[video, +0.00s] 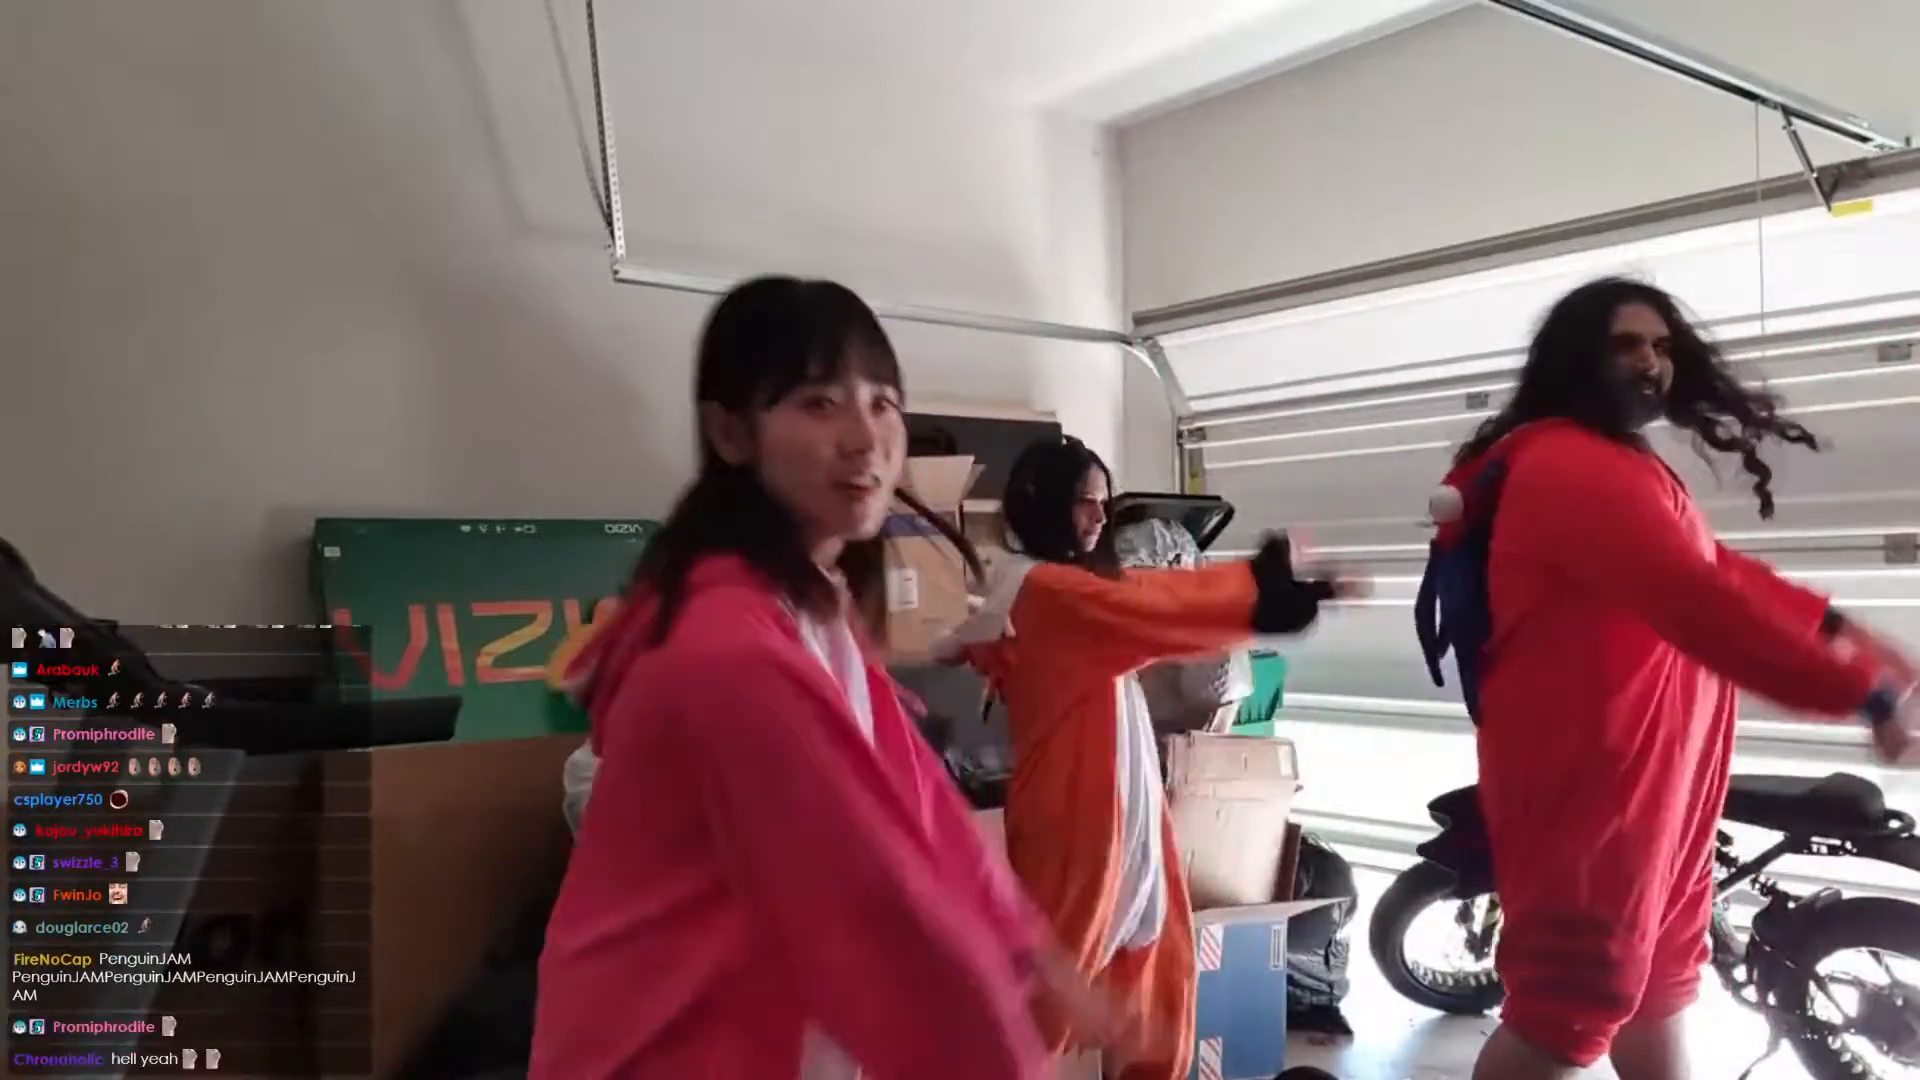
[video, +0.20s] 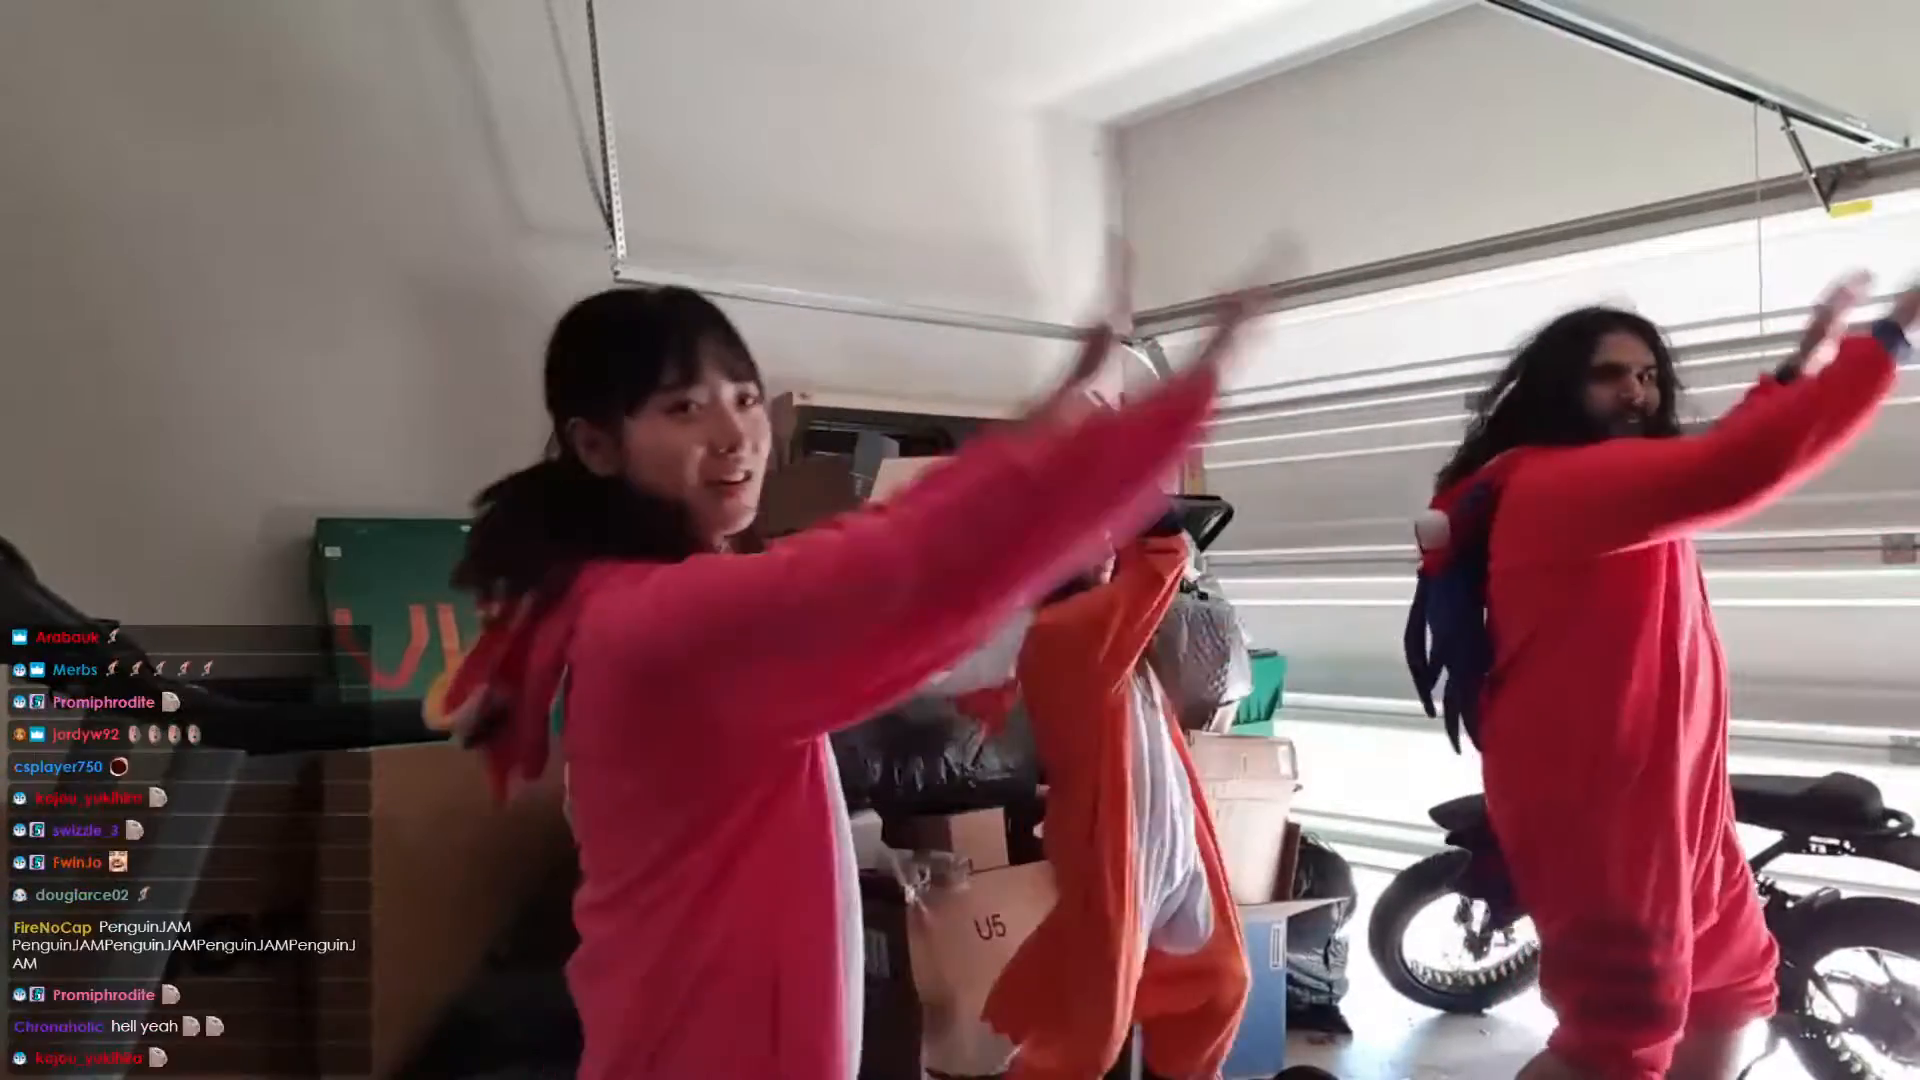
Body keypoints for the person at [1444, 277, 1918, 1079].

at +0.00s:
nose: (1651, 364)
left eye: (1662, 348)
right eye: (1627, 346)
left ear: (1678, 362)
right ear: (1577, 359)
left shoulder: (1635, 469)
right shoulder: (1562, 469)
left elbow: (1717, 573)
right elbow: (1695, 603)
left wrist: (1834, 632)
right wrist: (1864, 691)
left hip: (1664, 791)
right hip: (1584, 798)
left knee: (1657, 998)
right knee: (1562, 1016)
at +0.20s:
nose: (1636, 394)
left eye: (1648, 378)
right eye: (1609, 375)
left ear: (1663, 392)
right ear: (1557, 391)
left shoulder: (1625, 481)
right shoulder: (1543, 488)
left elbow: (1704, 460)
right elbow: (1735, 468)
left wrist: (1795, 375)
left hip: (1677, 791)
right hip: (1592, 807)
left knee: (1731, 992)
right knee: (1621, 1034)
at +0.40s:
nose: (1634, 370)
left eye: (1645, 351)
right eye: (1605, 353)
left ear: (1663, 367)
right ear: (1554, 373)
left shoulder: (1625, 469)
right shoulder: (1545, 474)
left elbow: (1728, 482)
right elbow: (1743, 499)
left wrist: (1825, 390)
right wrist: (1877, 367)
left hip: (1676, 791)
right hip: (1599, 805)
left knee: (1708, 988)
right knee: (1612, 1025)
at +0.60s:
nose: (1654, 359)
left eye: (1667, 341)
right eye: (1626, 342)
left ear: (1685, 361)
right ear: (1580, 363)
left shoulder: (1648, 474)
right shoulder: (1580, 477)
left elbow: (1681, 655)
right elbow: (1639, 654)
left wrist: (1758, 769)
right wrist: (1764, 777)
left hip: (1661, 794)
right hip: (1591, 800)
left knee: (1647, 1007)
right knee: (1556, 1023)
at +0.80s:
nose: (1662, 356)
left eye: (1674, 339)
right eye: (1636, 340)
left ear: (1693, 356)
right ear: (1588, 357)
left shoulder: (1663, 462)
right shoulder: (1579, 466)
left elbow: (1695, 614)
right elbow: (1634, 639)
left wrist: (1756, 710)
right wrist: (1729, 775)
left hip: (1660, 769)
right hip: (1581, 776)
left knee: (1640, 1003)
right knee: (1554, 1014)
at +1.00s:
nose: (1679, 392)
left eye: (1684, 374)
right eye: (1657, 370)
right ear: (1592, 374)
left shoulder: (1621, 469)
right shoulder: (1559, 474)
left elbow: (1727, 473)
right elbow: (1734, 497)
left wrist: (1839, 432)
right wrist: (1909, 441)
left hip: (1671, 795)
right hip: (1598, 809)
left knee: (1716, 990)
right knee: (1620, 1030)